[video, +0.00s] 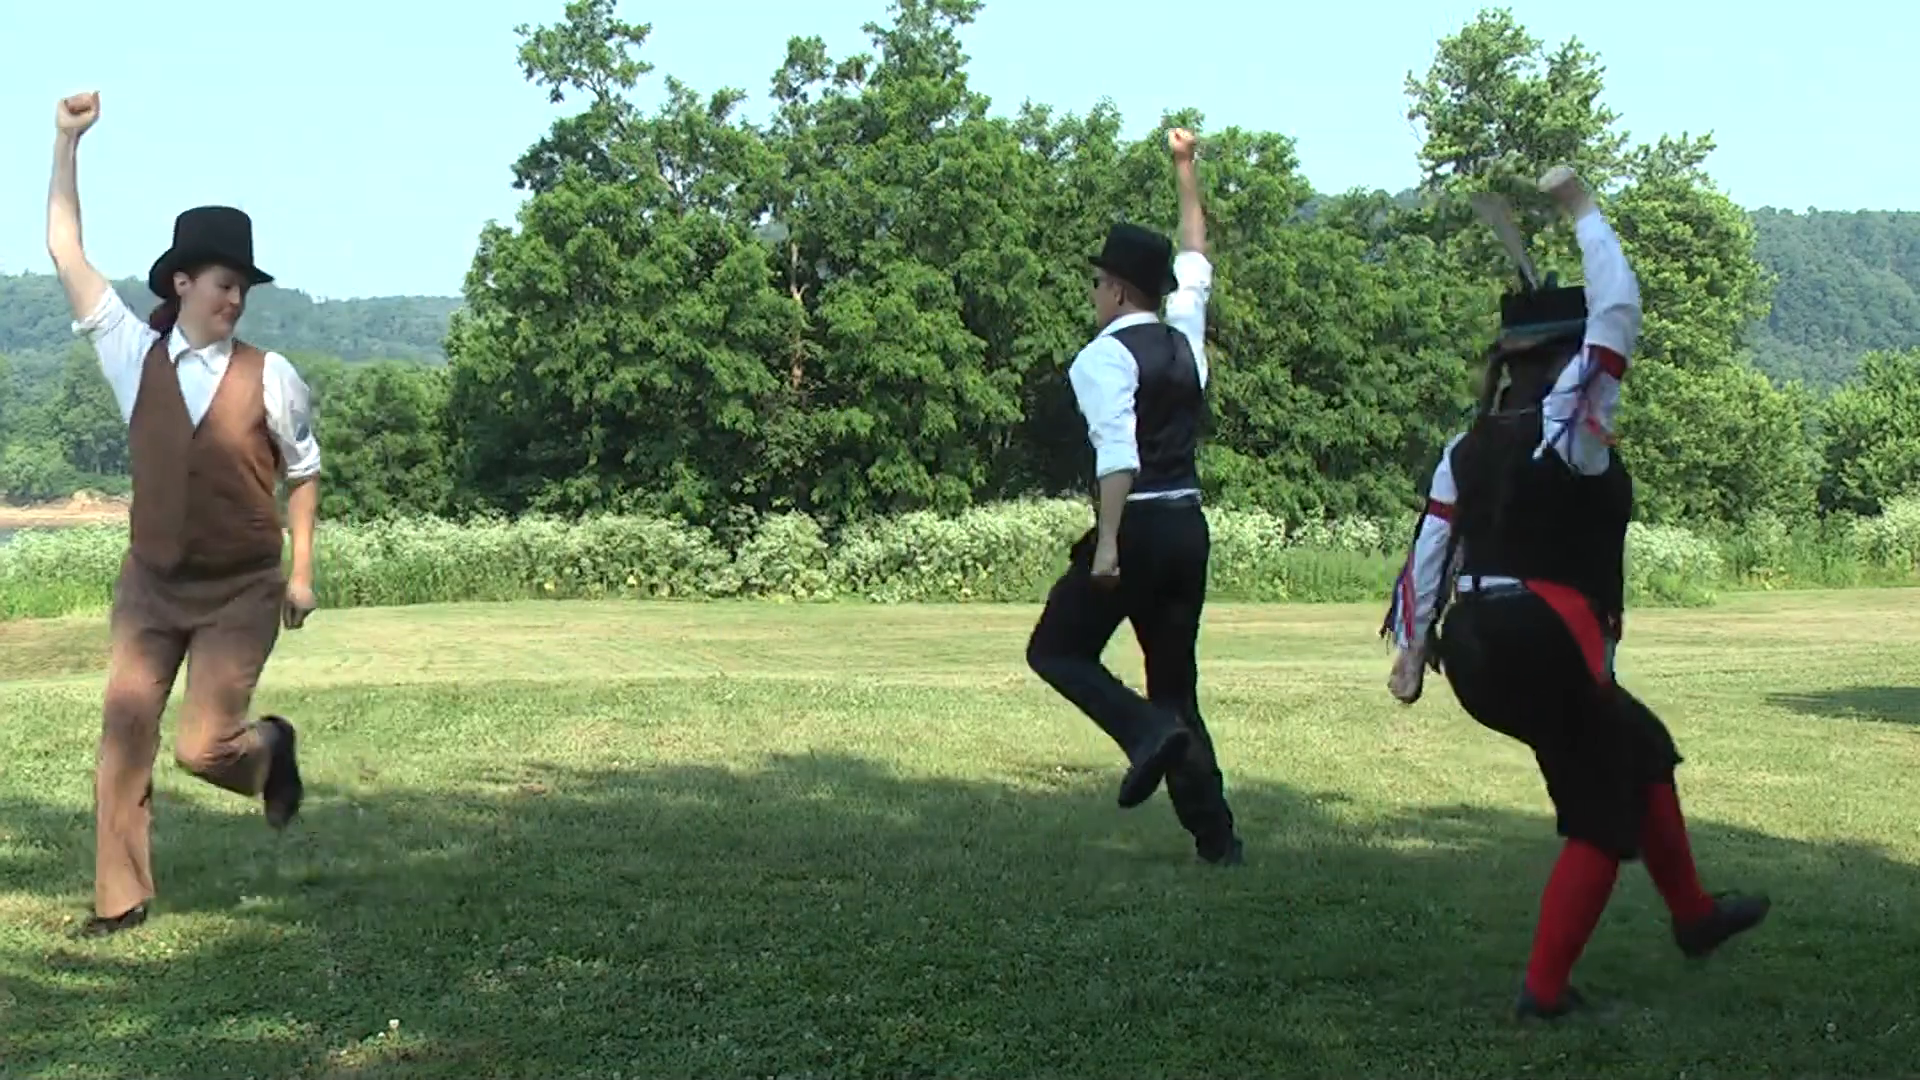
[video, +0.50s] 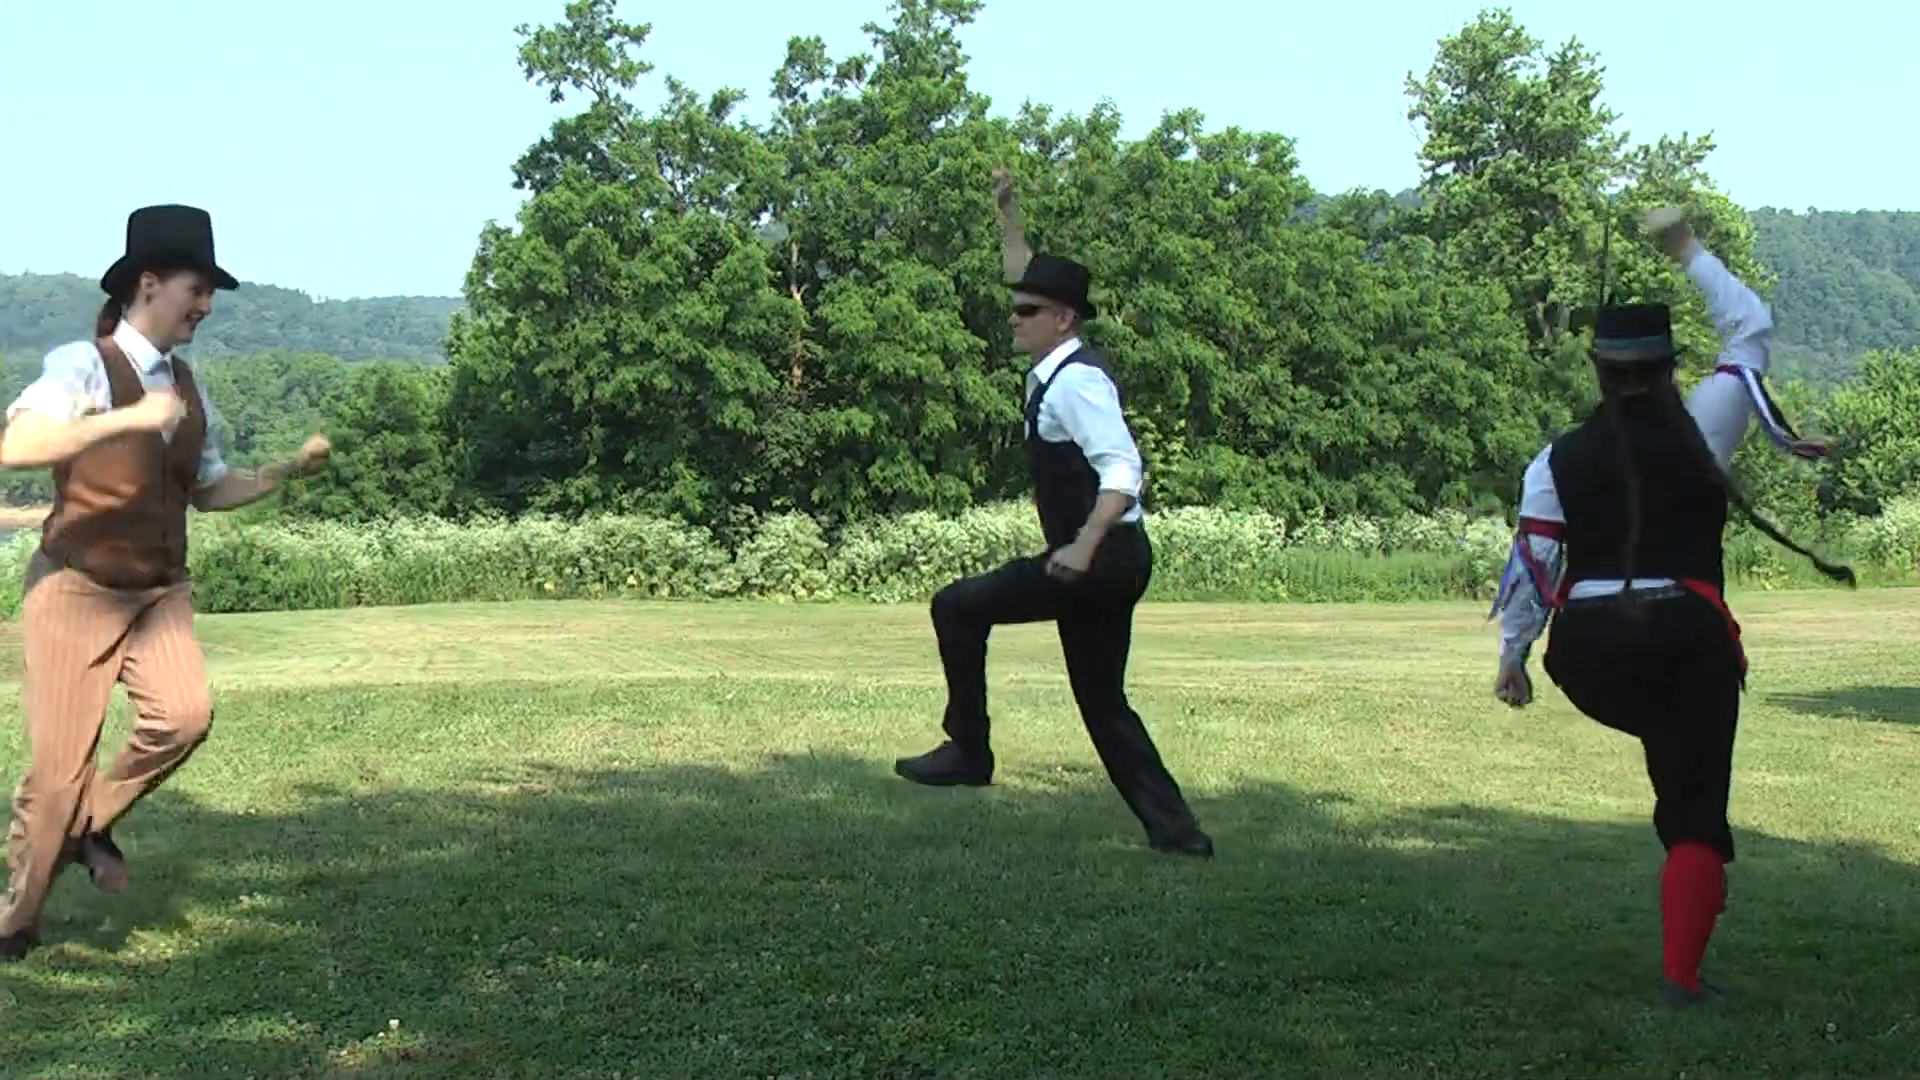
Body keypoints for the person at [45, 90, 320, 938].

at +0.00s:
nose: (237, 300)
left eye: (243, 288)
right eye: (225, 284)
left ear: (244, 294)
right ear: (178, 284)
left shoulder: (271, 377)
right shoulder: (133, 350)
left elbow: (303, 474)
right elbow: (68, 253)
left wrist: (300, 567)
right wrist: (66, 142)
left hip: (243, 588)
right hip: (150, 582)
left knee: (204, 748)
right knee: (125, 721)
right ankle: (121, 896)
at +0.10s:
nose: (226, 253)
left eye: (233, 240)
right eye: (212, 239)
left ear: (237, 248)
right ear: (168, 241)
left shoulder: (252, 334)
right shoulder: (116, 308)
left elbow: (265, 442)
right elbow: (51, 204)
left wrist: (268, 523)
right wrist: (17, 92)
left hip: (224, 535)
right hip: (129, 533)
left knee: (178, 680)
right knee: (122, 712)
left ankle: (189, 704)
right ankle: (117, 888)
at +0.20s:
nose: (220, 237)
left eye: (225, 225)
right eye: (208, 223)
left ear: (216, 231)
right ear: (161, 219)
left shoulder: (222, 309)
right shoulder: (104, 279)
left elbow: (223, 419)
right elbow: (49, 170)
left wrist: (239, 501)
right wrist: (18, 54)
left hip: (208, 509)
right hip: (114, 508)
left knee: (172, 650)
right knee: (91, 697)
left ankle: (146, 675)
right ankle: (81, 854)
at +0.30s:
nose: (207, 248)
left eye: (212, 236)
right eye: (197, 232)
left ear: (193, 244)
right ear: (148, 230)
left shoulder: (203, 329)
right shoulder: (82, 296)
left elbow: (191, 433)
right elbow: (25, 200)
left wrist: (215, 510)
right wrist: (53, 89)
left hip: (182, 531)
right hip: (93, 530)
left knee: (171, 660)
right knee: (69, 722)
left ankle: (116, 692)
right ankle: (34, 894)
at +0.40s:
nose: (198, 290)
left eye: (202, 276)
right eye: (187, 272)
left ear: (179, 280)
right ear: (136, 271)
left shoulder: (188, 377)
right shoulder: (76, 349)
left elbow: (178, 485)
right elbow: (7, 301)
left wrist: (233, 538)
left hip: (165, 578)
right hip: (73, 577)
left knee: (164, 707)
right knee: (54, 760)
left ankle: (87, 747)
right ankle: (11, 921)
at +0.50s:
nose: (206, 305)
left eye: (210, 291)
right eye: (197, 287)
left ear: (166, 290)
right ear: (149, 283)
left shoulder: (183, 379)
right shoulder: (81, 366)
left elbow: (211, 489)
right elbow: (17, 445)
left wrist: (291, 467)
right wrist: (128, 418)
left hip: (160, 593)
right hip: (76, 593)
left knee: (183, 718)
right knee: (59, 776)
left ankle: (88, 816)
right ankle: (17, 929)